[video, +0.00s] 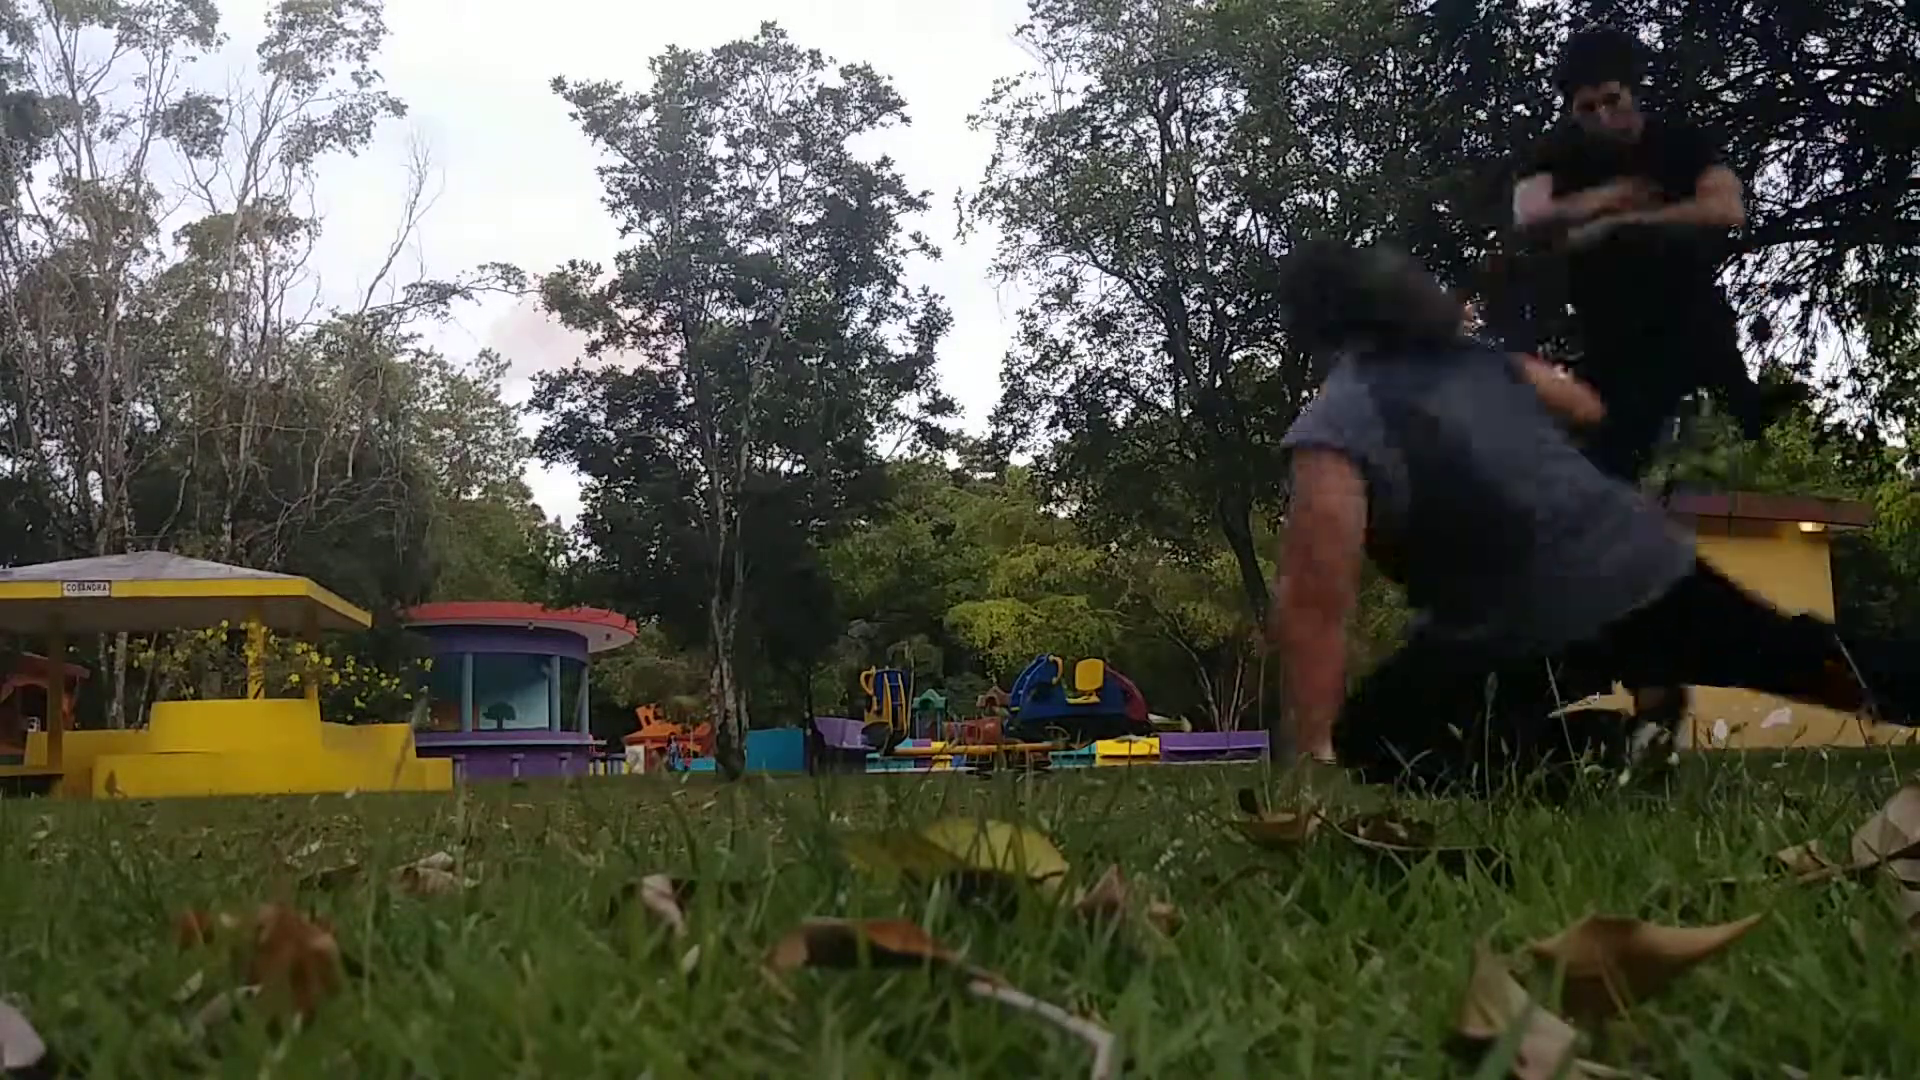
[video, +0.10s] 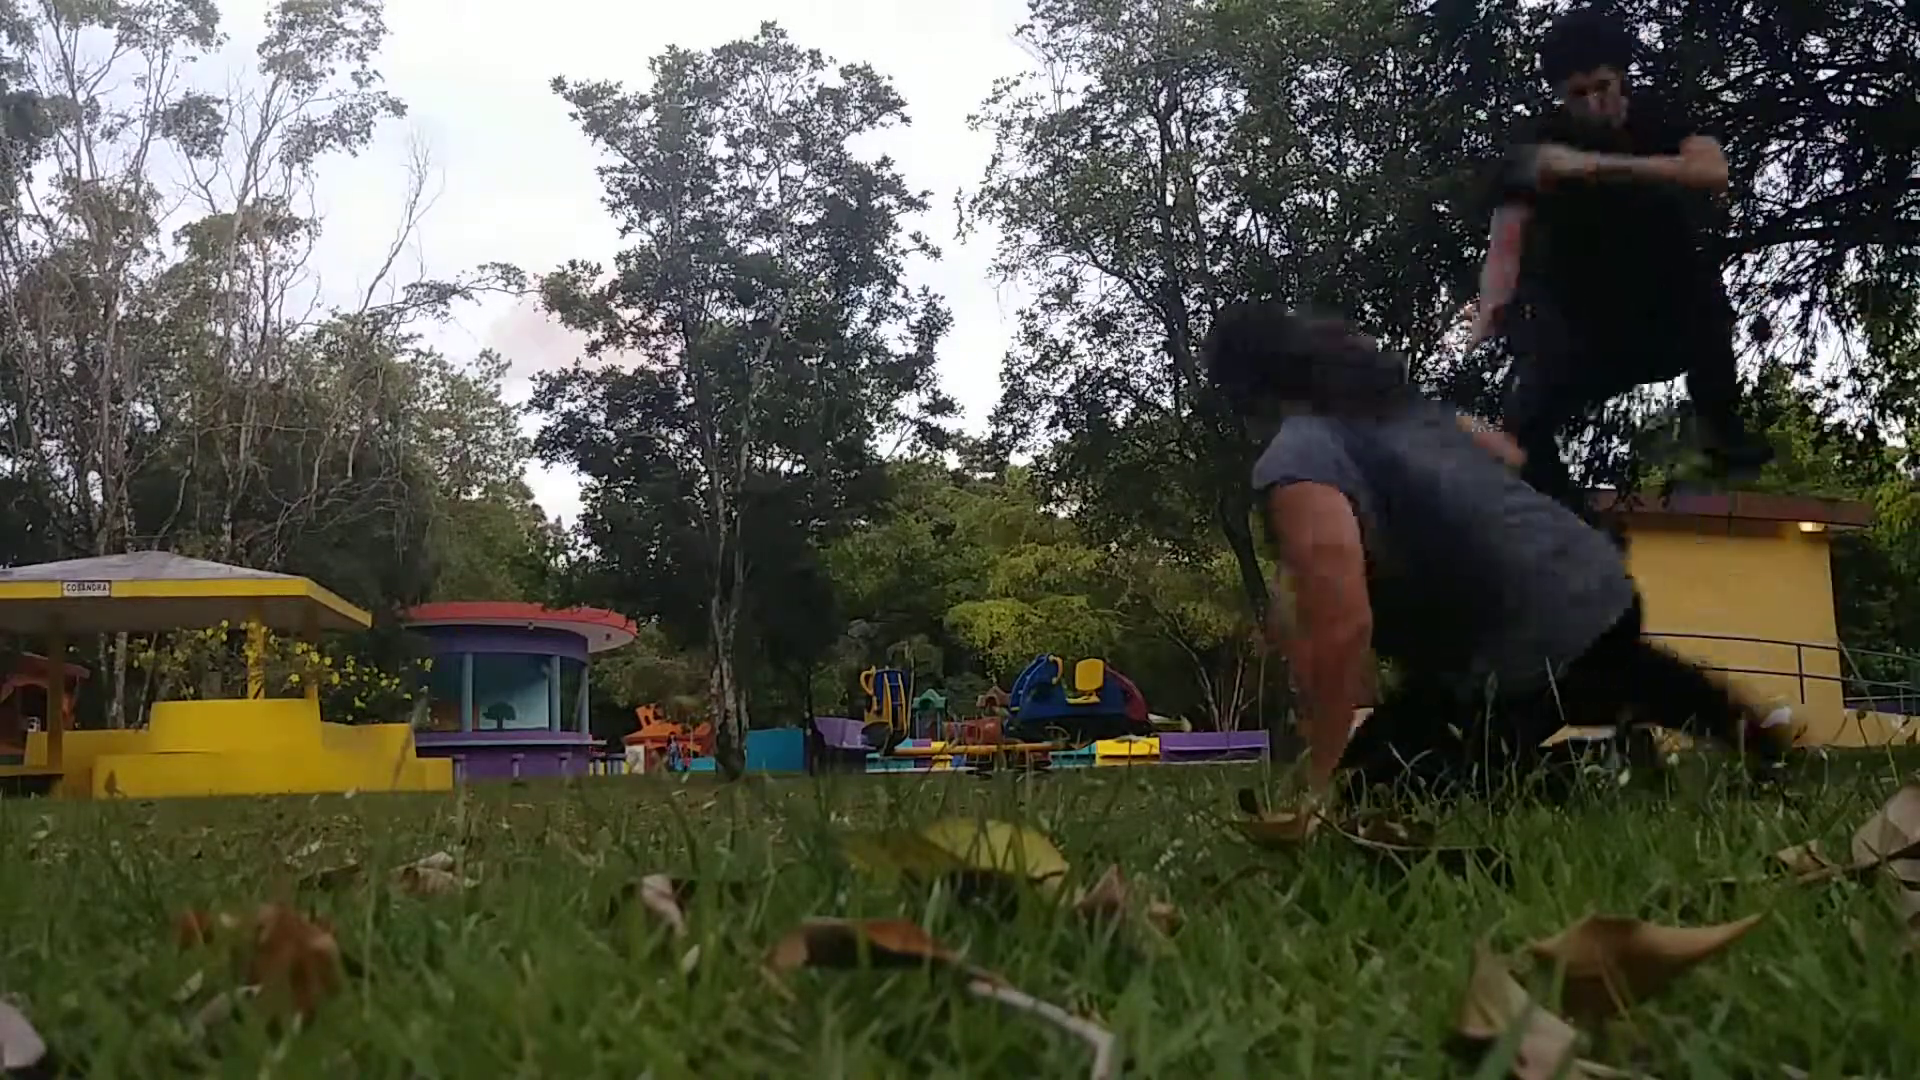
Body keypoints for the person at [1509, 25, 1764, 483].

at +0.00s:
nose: (1604, 122)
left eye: (1614, 103)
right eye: (1588, 110)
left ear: (1636, 91)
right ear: (1570, 109)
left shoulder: (1679, 141)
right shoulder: (1553, 153)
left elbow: (1729, 208)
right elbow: (1529, 218)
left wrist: (1622, 221)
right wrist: (1609, 198)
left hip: (1699, 338)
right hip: (1613, 344)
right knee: (1606, 481)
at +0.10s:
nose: (1594, 107)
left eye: (1604, 89)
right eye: (1579, 95)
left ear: (1624, 78)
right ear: (1558, 94)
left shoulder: (1657, 120)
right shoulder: (1538, 143)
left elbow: (1714, 172)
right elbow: (1506, 241)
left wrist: (1593, 165)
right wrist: (1494, 305)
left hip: (1661, 322)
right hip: (1577, 337)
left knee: (1700, 272)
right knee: (1523, 423)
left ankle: (1722, 432)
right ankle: (1575, 523)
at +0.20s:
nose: (1564, 130)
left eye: (1574, 112)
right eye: (1549, 118)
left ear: (1594, 102)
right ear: (1529, 115)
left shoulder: (1632, 142)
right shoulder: (1514, 182)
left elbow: (1679, 180)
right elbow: (1503, 286)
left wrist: (1592, 169)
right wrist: (1472, 322)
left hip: (1633, 340)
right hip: (1554, 343)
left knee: (1712, 401)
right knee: (1523, 346)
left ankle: (1698, 579)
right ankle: (1560, 474)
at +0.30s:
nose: (1552, 170)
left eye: (1561, 153)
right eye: (1536, 158)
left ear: (1578, 140)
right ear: (1512, 154)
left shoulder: (1614, 194)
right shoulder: (1495, 212)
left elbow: (1651, 255)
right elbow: (1472, 325)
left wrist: (1610, 307)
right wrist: (1470, 281)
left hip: (1615, 404)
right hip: (1524, 407)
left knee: (1680, 549)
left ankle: (1683, 729)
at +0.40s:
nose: (1562, 221)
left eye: (1570, 205)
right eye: (1546, 209)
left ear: (1581, 204)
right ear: (1515, 217)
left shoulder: (1612, 280)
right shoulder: (1497, 281)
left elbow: (1673, 380)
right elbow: (1420, 303)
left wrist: (1589, 441)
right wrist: (1510, 250)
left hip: (1605, 488)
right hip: (1517, 489)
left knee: (1679, 628)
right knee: (1469, 615)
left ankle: (1667, 777)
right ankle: (1448, 759)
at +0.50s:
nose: (1583, 271)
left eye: (1586, 258)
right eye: (1571, 257)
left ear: (1586, 266)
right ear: (1530, 257)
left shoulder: (1592, 344)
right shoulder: (1483, 324)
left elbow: (1620, 450)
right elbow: (1455, 342)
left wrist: (1577, 472)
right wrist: (1559, 331)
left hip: (1580, 532)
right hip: (1496, 532)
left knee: (1689, 650)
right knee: (1434, 648)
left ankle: (1669, 777)